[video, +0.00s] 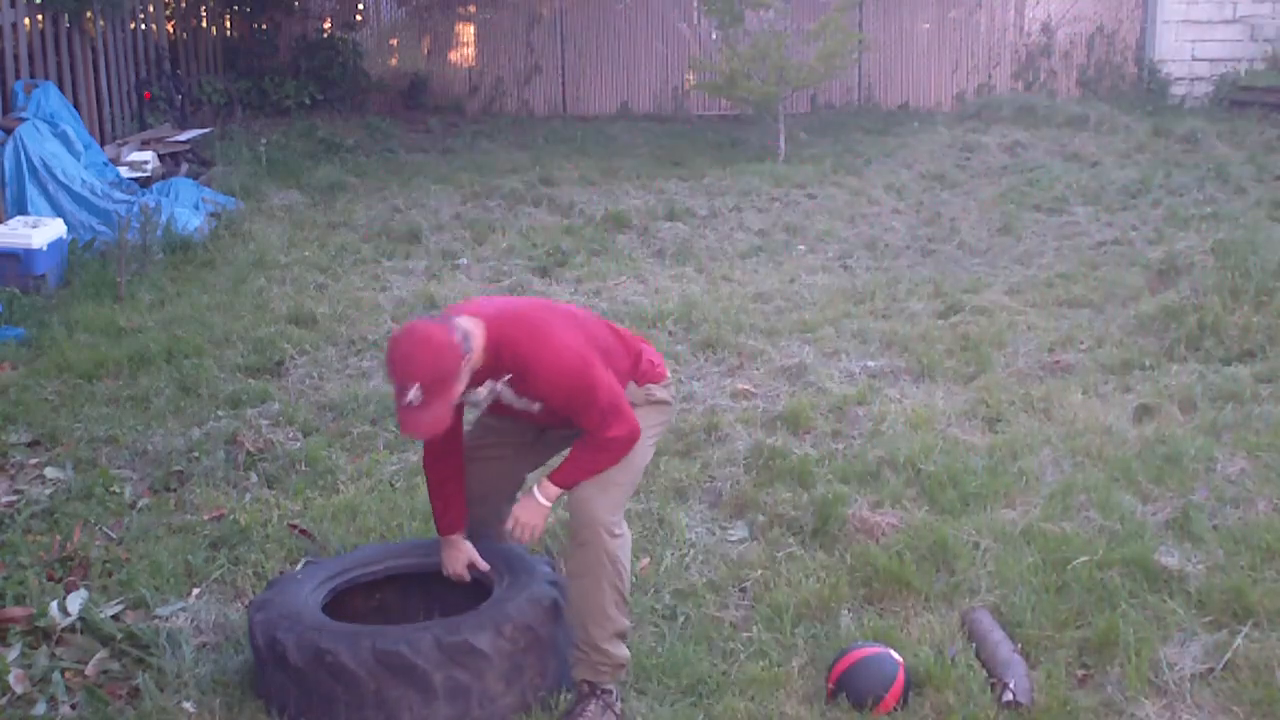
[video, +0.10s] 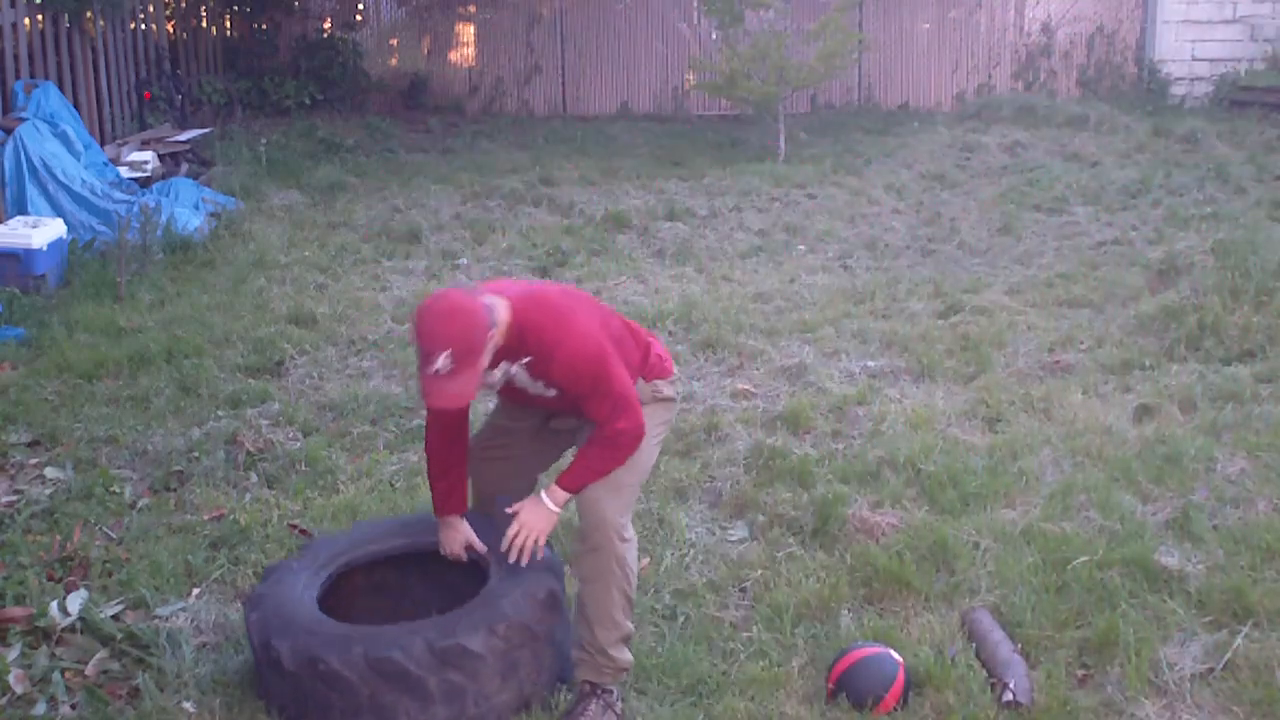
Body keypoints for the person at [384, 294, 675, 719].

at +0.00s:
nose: (444, 411)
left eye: (448, 399)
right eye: (436, 407)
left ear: (468, 360)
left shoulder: (548, 355)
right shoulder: (437, 352)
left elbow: (620, 429)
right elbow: (440, 442)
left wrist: (546, 493)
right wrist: (450, 536)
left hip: (627, 392)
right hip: (529, 397)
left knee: (592, 510)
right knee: (468, 496)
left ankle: (598, 682)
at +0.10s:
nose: (468, 385)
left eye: (471, 369)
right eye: (457, 373)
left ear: (494, 336)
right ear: (434, 340)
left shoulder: (567, 340)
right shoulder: (450, 331)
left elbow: (625, 426)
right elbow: (445, 420)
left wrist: (553, 498)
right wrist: (449, 516)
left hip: (633, 391)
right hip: (537, 392)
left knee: (600, 513)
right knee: (485, 476)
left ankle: (600, 680)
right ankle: (496, 638)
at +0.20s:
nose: (483, 367)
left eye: (493, 352)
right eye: (475, 353)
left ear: (523, 322)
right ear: (454, 313)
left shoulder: (591, 323)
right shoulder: (457, 308)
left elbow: (631, 427)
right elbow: (446, 393)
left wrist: (560, 501)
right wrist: (443, 485)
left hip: (635, 390)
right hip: (549, 387)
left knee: (612, 519)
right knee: (499, 503)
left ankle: (605, 680)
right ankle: (489, 645)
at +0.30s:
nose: (529, 337)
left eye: (541, 326)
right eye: (519, 327)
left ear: (567, 298)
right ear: (496, 290)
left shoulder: (614, 298)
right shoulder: (478, 272)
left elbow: (638, 418)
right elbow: (443, 365)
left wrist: (567, 497)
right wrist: (434, 460)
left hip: (633, 393)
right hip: (549, 390)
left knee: (624, 529)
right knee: (527, 517)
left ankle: (608, 684)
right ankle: (514, 644)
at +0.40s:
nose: (573, 301)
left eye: (587, 289)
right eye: (562, 286)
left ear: (612, 267)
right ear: (541, 251)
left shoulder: (645, 292)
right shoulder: (500, 251)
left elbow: (638, 408)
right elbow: (447, 341)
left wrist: (563, 484)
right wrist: (425, 448)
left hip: (627, 402)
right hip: (546, 396)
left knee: (625, 536)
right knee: (534, 526)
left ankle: (609, 684)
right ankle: (523, 648)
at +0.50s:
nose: (600, 284)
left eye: (615, 274)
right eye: (591, 271)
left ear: (641, 249)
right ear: (566, 230)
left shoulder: (660, 282)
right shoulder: (515, 237)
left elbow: (639, 395)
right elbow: (452, 333)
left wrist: (561, 460)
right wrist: (421, 452)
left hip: (628, 402)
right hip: (537, 390)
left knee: (628, 540)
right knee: (513, 529)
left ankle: (611, 686)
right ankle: (500, 667)